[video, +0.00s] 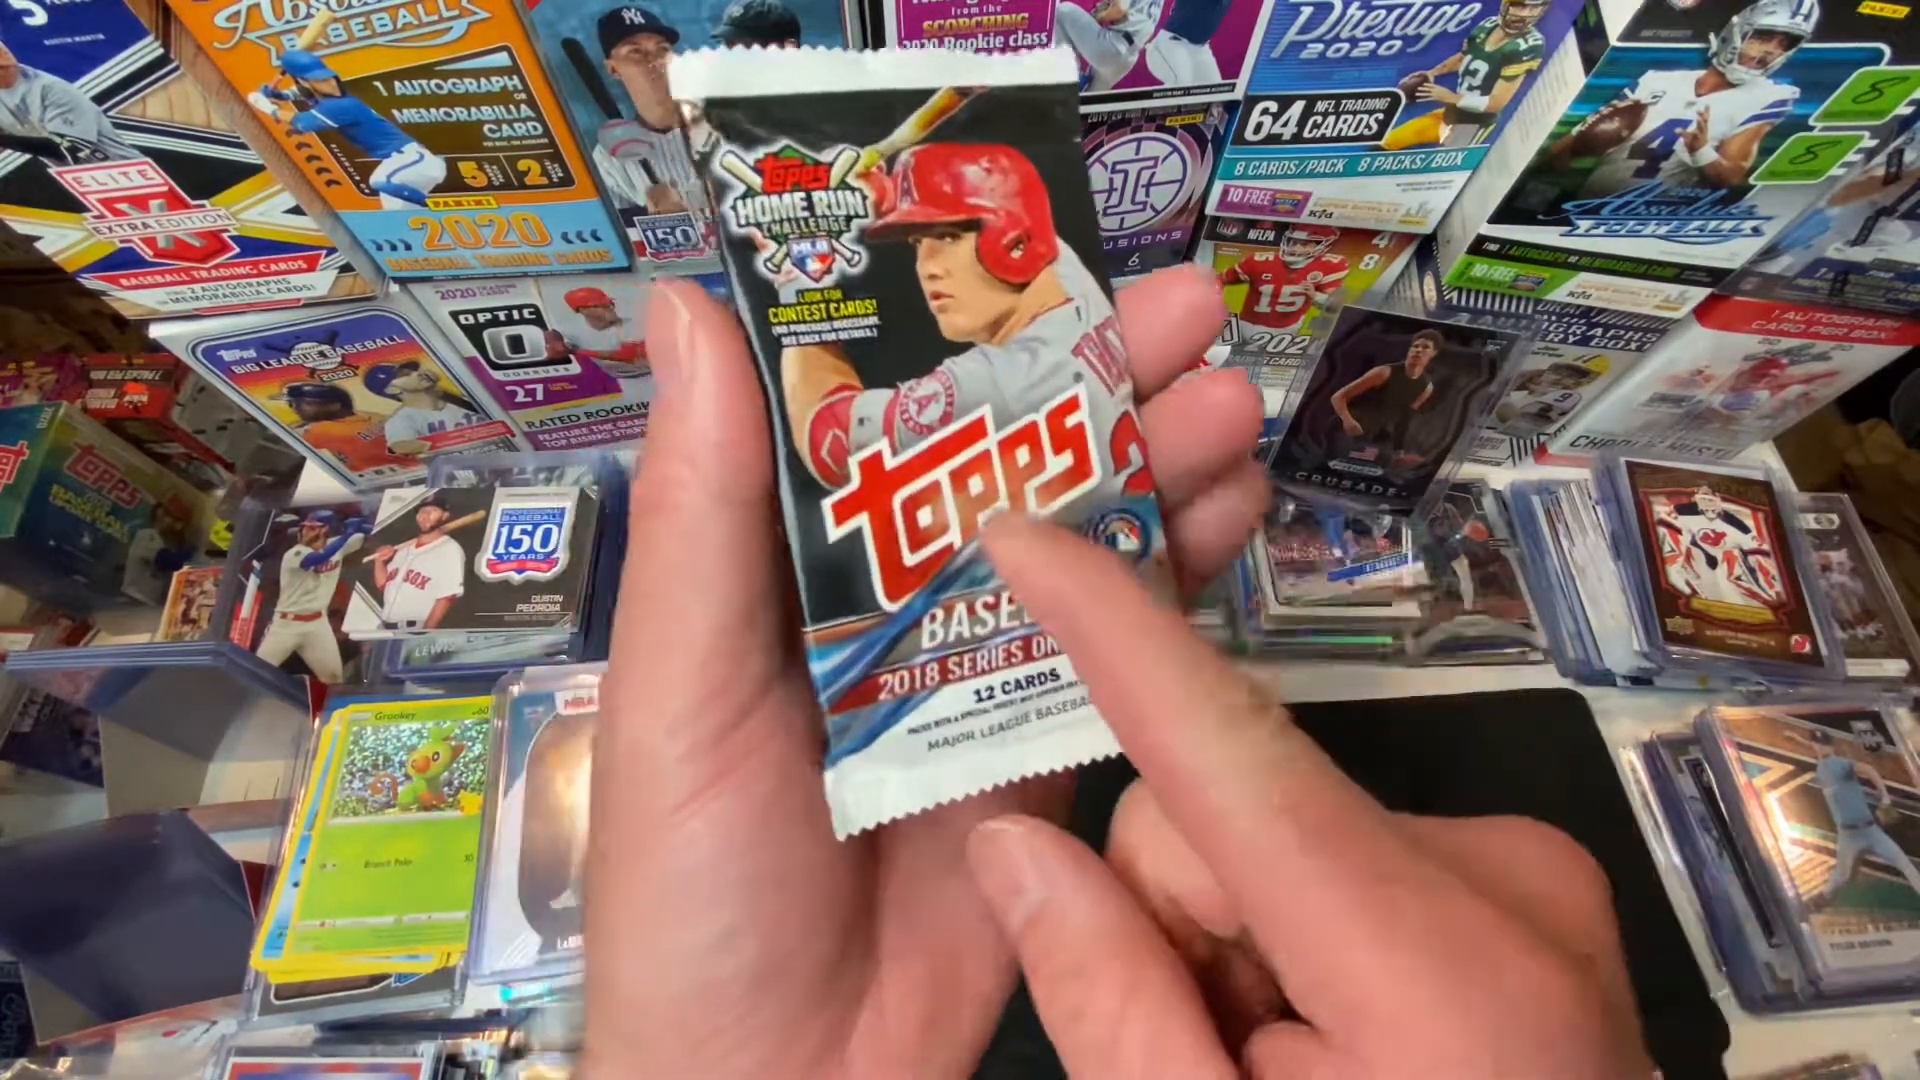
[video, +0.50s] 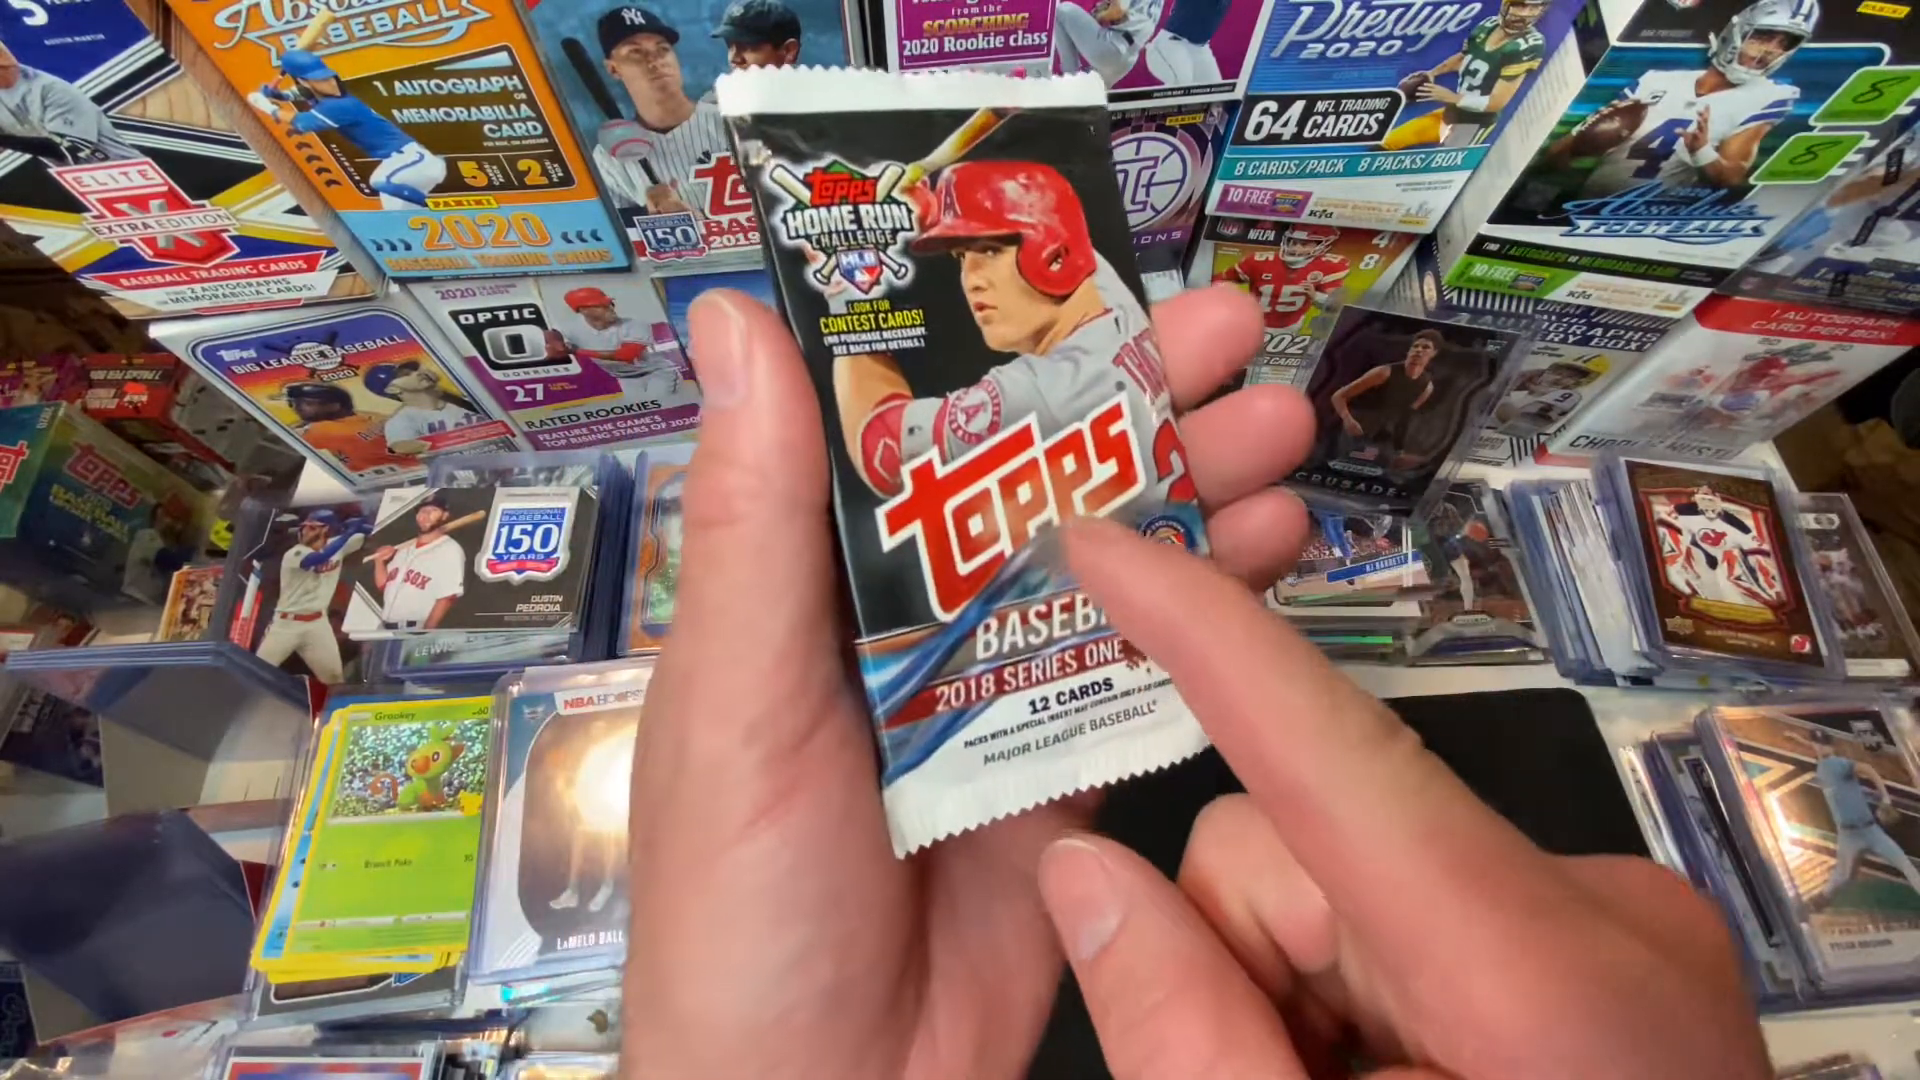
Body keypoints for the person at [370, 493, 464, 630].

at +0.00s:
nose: (425, 516)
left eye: (432, 511)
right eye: (422, 511)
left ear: (445, 516)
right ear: (416, 515)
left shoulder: (451, 550)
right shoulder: (405, 548)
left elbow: (446, 598)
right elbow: (383, 585)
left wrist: (425, 633)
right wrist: (379, 561)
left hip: (415, 630)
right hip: (385, 627)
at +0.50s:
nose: (426, 517)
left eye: (432, 511)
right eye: (422, 511)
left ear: (445, 515)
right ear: (416, 515)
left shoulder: (451, 550)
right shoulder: (405, 548)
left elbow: (447, 598)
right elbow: (382, 585)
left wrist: (425, 633)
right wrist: (379, 561)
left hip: (416, 631)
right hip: (386, 627)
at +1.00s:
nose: (425, 516)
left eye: (432, 511)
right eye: (422, 511)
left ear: (445, 516)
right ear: (416, 515)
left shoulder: (450, 550)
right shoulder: (406, 548)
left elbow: (447, 598)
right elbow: (382, 585)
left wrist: (425, 634)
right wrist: (379, 561)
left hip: (416, 631)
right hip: (386, 627)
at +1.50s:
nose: (426, 517)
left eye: (433, 511)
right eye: (422, 511)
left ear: (444, 515)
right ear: (416, 515)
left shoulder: (451, 550)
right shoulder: (405, 548)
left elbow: (446, 599)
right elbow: (383, 586)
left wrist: (424, 634)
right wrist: (380, 562)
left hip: (415, 631)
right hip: (386, 627)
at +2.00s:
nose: (426, 516)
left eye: (432, 511)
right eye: (422, 511)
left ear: (445, 516)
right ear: (416, 516)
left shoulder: (451, 550)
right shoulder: (404, 548)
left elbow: (447, 598)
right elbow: (382, 584)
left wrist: (425, 633)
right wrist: (380, 561)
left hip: (416, 631)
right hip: (386, 628)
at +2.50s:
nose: (425, 516)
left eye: (432, 511)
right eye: (422, 512)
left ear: (444, 516)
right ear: (416, 516)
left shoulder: (451, 550)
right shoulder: (405, 548)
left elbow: (446, 598)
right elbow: (382, 585)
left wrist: (424, 634)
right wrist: (379, 562)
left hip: (416, 631)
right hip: (386, 627)